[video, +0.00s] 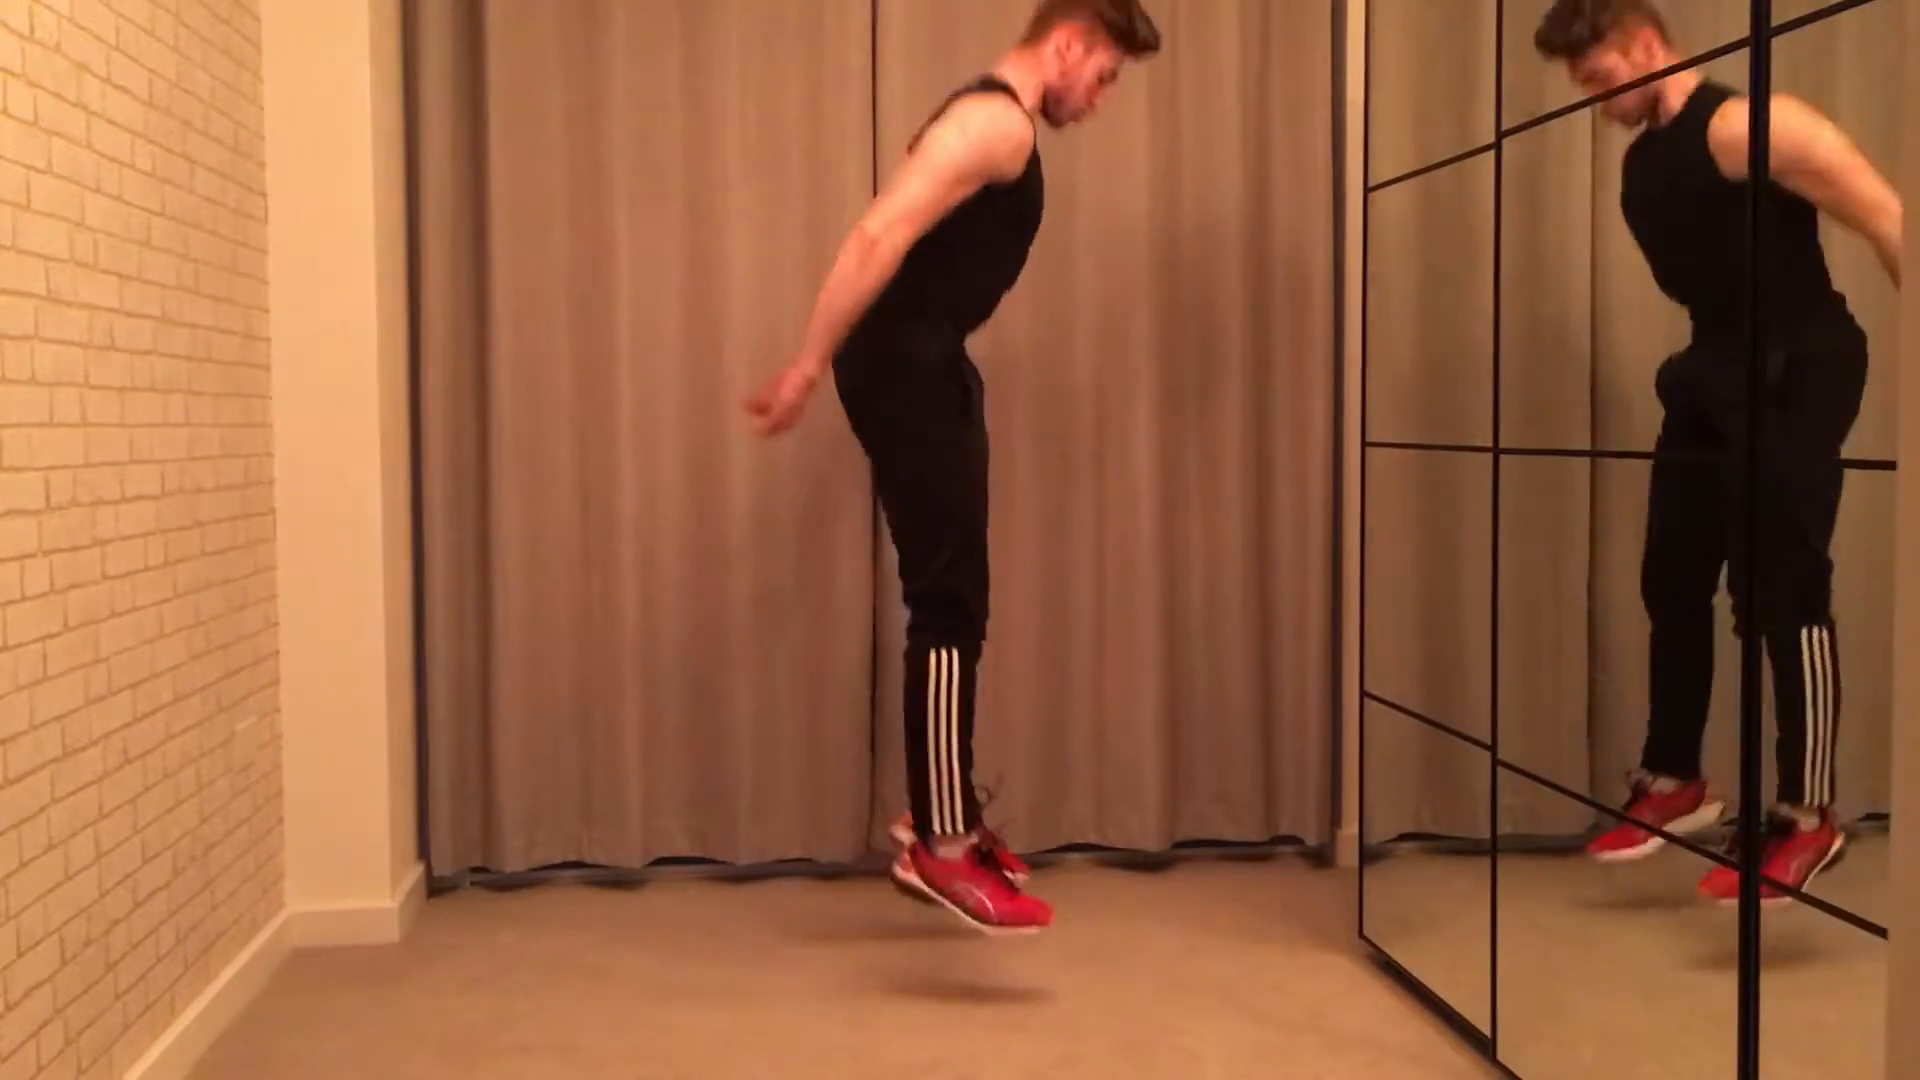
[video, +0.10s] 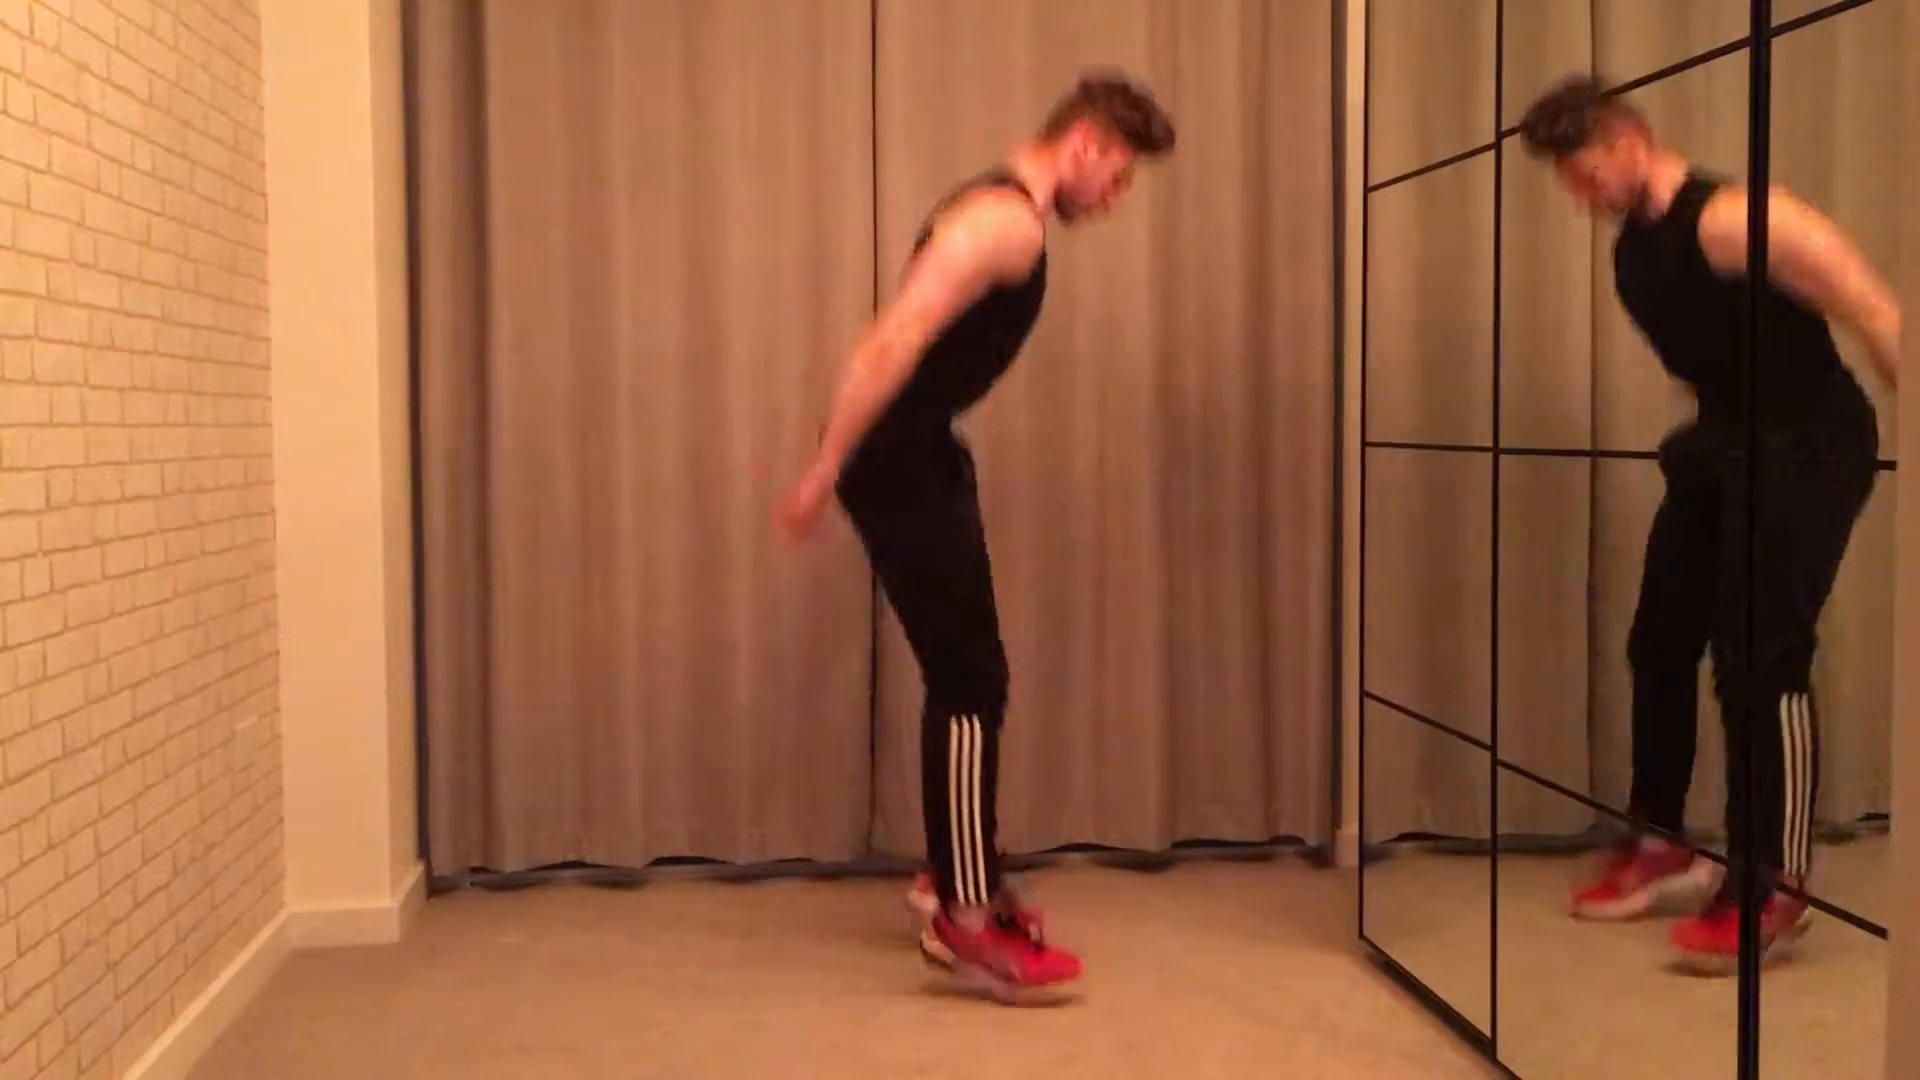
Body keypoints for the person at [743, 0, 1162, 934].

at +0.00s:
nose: (1104, 99)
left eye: (1113, 83)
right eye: (1108, 75)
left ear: (1063, 47)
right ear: (1068, 44)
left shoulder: (999, 118)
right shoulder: (993, 122)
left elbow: (887, 238)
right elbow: (878, 234)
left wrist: (814, 364)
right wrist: (807, 365)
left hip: (925, 371)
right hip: (908, 373)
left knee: (953, 604)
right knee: (948, 606)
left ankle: (951, 829)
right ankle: (938, 842)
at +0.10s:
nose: (1118, 194)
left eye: (1127, 176)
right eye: (1120, 170)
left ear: (1083, 146)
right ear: (1082, 143)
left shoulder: (1011, 214)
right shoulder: (1001, 223)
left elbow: (895, 343)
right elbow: (892, 346)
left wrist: (837, 462)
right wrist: (824, 470)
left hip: (918, 455)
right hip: (903, 460)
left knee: (969, 680)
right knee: (970, 682)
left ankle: (964, 895)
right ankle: (965, 915)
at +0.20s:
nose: (1133, 336)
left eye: (1143, 321)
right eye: (1134, 313)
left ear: (1092, 286)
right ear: (1095, 282)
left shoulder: (1018, 348)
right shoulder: (1014, 367)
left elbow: (911, 494)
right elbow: (908, 498)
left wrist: (852, 609)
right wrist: (843, 626)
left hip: (870, 539)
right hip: (867, 551)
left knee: (1014, 708)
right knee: (1034, 714)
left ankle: (949, 906)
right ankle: (972, 937)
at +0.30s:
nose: (1145, 463)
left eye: (1152, 447)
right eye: (1147, 441)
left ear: (1104, 418)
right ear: (1108, 417)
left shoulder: (1013, 474)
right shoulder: (1019, 502)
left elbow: (925, 632)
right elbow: (932, 653)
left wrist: (869, 777)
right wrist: (873, 801)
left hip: (834, 629)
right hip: (840, 641)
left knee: (1028, 725)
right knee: (1051, 733)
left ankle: (947, 907)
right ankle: (973, 943)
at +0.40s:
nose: (1135, 556)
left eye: (1143, 538)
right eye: (1137, 535)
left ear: (1090, 510)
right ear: (1098, 513)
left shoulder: (999, 552)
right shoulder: (1013, 594)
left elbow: (909, 672)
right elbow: (941, 766)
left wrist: (879, 824)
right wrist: (896, 922)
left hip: (817, 705)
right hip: (823, 725)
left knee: (1035, 715)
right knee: (1059, 736)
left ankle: (947, 906)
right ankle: (974, 945)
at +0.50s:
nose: (1106, 594)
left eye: (1115, 577)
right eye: (1108, 573)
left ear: (1061, 554)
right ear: (1066, 555)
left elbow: (882, 719)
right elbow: (926, 818)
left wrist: (856, 869)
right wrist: (877, 981)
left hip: (812, 787)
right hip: (832, 805)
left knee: (1036, 712)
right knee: (1059, 740)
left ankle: (943, 908)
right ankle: (971, 949)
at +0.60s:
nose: (1036, 588)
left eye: (1040, 571)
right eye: (1033, 568)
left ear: (984, 552)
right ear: (987, 553)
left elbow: (846, 762)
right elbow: (894, 840)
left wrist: (843, 897)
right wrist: (859, 1001)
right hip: (863, 871)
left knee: (1035, 707)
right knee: (1059, 731)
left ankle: (940, 905)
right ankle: (983, 942)